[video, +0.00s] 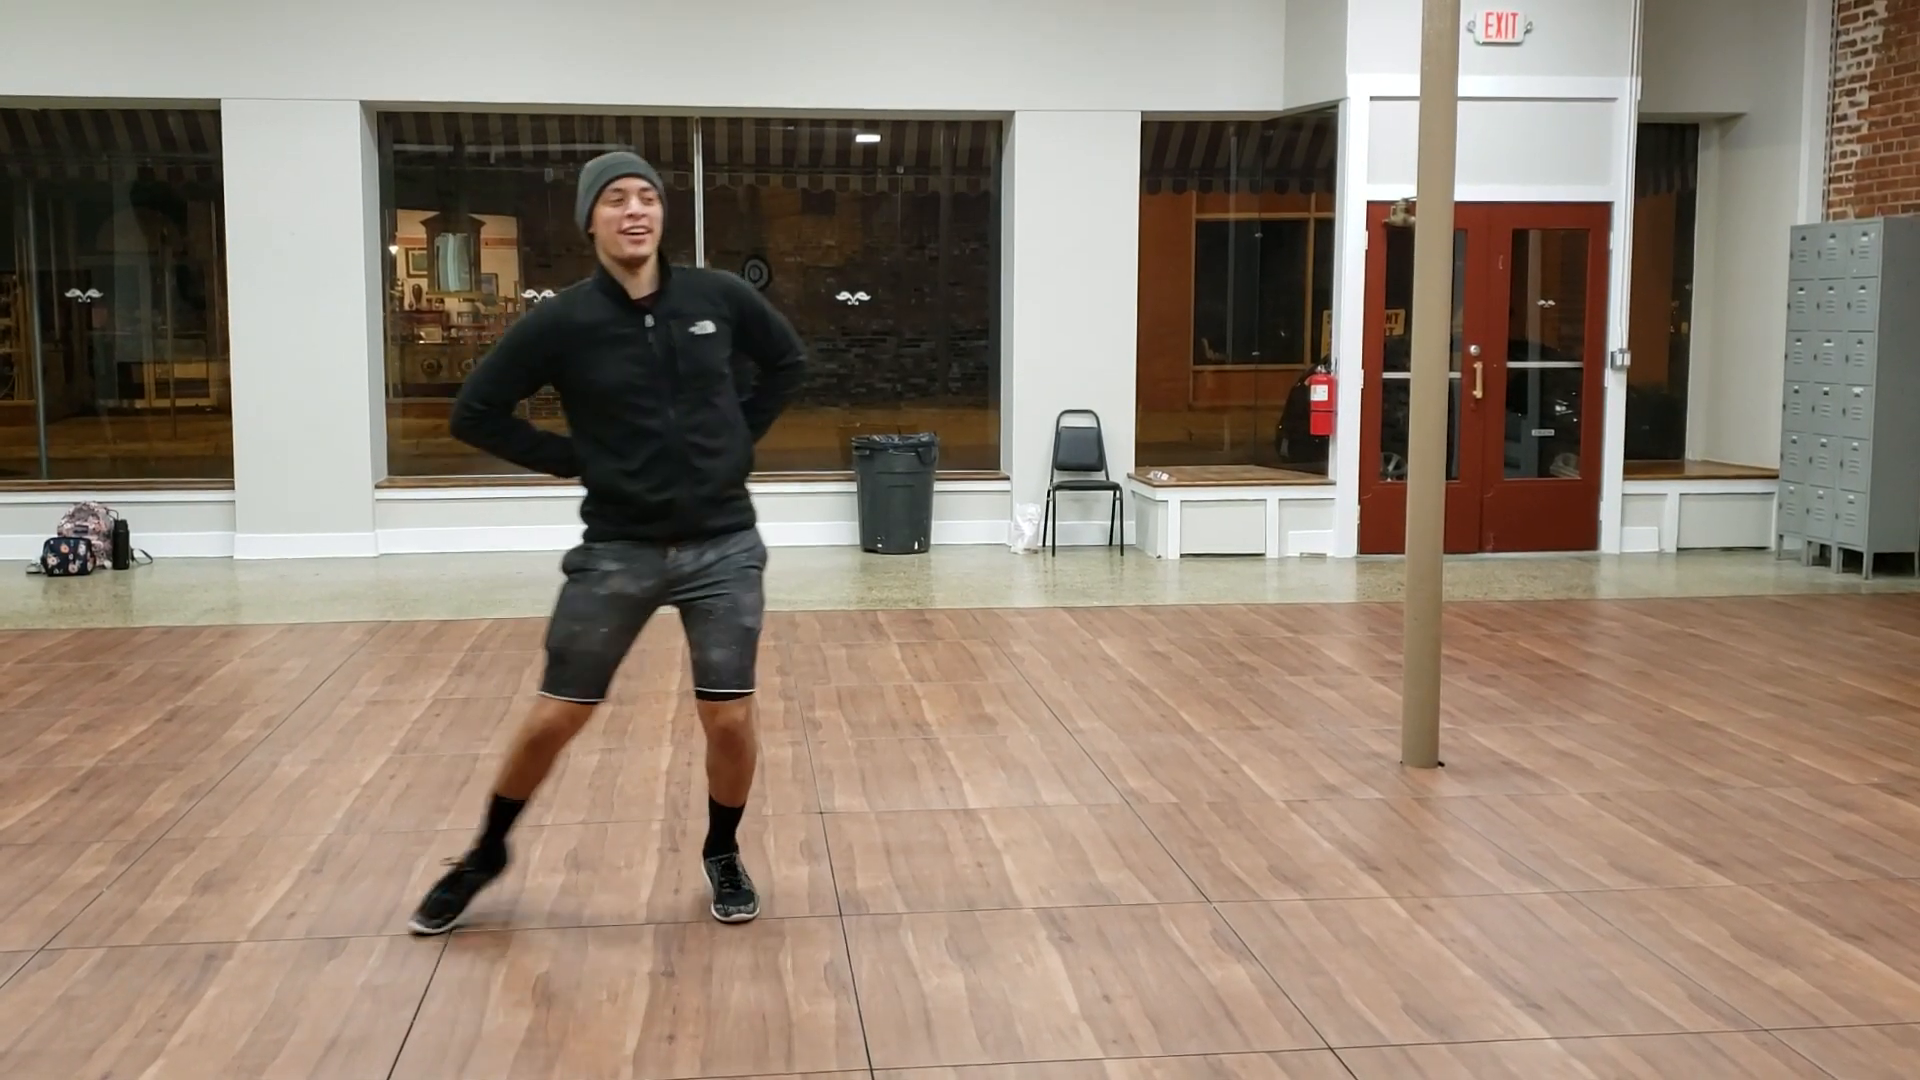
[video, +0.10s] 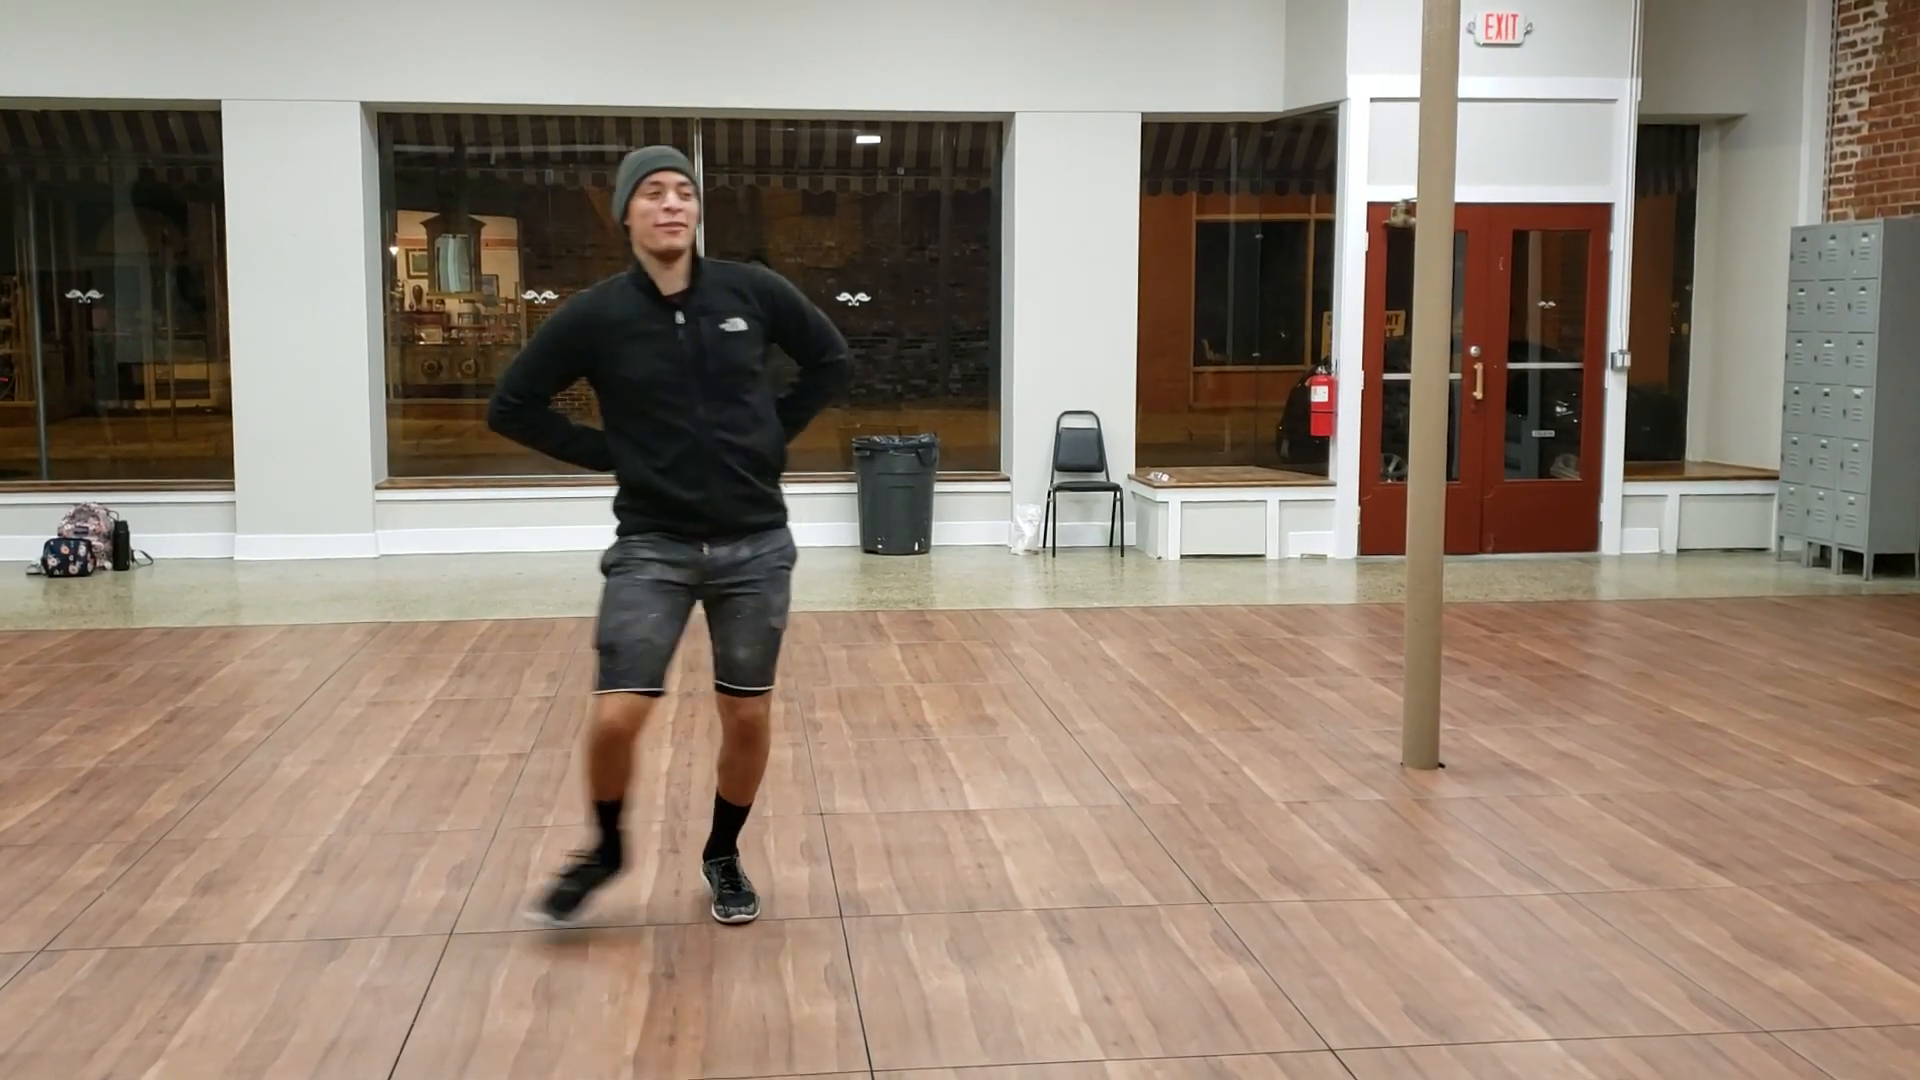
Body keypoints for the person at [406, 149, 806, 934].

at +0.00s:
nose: (634, 211)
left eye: (645, 199)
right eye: (617, 201)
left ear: (664, 217)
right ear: (591, 223)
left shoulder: (721, 296)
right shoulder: (560, 320)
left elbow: (787, 363)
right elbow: (472, 417)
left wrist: (737, 437)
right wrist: (579, 457)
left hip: (722, 543)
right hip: (617, 549)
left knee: (730, 715)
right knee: (557, 716)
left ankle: (723, 854)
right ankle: (486, 854)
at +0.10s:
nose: (671, 205)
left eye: (682, 194)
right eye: (653, 195)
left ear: (698, 214)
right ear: (625, 218)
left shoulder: (754, 291)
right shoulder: (593, 315)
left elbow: (832, 362)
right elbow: (509, 409)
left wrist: (770, 434)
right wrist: (608, 452)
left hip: (753, 539)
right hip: (651, 541)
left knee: (748, 713)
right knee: (615, 715)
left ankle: (722, 856)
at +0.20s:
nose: (705, 209)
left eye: (718, 198)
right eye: (688, 197)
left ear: (735, 220)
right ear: (660, 220)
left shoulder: (784, 299)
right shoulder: (627, 316)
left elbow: (865, 373)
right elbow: (543, 406)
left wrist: (799, 440)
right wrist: (641, 457)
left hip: (779, 546)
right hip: (682, 546)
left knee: (760, 723)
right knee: (688, 716)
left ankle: (724, 857)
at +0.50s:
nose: (790, 232)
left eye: (803, 219)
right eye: (773, 218)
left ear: (819, 236)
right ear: (742, 237)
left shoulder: (869, 316)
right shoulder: (706, 341)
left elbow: (960, 399)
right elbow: (648, 429)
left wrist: (890, 468)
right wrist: (735, 472)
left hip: (878, 568)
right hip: (777, 571)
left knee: (898, 745)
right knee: (814, 746)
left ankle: (813, 824)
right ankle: (874, 916)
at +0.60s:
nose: (822, 214)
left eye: (837, 203)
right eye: (806, 200)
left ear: (852, 222)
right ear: (774, 216)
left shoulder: (898, 304)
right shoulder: (733, 322)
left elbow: (985, 391)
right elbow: (679, 405)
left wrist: (917, 463)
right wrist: (760, 456)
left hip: (904, 554)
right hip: (799, 560)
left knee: (951, 726)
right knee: (823, 736)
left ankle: (921, 851)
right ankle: (873, 915)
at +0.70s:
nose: (855, 200)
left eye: (869, 190)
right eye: (840, 186)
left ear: (883, 210)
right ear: (807, 201)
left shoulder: (922, 295)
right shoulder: (763, 305)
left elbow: (1013, 388)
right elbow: (720, 386)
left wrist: (937, 453)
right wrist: (788, 441)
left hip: (925, 545)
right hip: (820, 552)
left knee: (990, 721)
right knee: (840, 732)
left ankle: (1032, 885)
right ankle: (876, 916)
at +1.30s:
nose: (848, 205)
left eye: (867, 198)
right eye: (838, 189)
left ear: (886, 221)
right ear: (812, 201)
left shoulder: (907, 310)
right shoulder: (775, 298)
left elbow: (995, 414)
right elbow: (729, 364)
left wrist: (913, 466)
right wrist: (775, 423)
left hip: (883, 557)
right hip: (793, 553)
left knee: (894, 735)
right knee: (799, 720)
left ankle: (1006, 868)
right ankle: (870, 857)